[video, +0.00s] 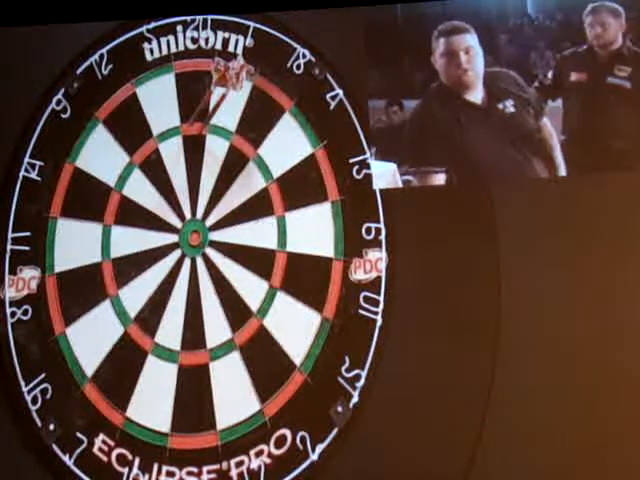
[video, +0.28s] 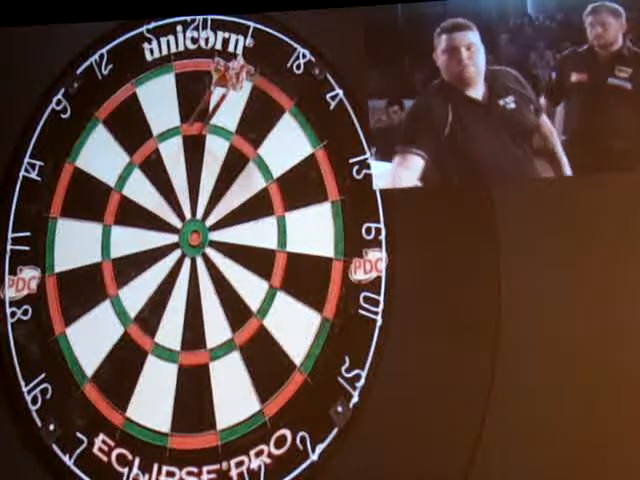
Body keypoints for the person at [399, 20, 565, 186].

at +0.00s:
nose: (462, 62)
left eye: (468, 52)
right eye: (450, 55)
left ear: (481, 54)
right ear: (434, 62)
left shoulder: (506, 82)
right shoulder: (429, 116)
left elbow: (544, 128)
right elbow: (431, 192)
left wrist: (561, 176)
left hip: (543, 198)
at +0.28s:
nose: (463, 57)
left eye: (470, 48)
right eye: (451, 51)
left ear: (483, 51)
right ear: (436, 59)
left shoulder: (507, 81)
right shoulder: (430, 107)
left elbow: (545, 131)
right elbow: (404, 173)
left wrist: (567, 180)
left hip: (530, 203)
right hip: (468, 215)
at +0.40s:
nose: (462, 57)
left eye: (469, 48)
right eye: (451, 51)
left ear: (482, 52)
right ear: (437, 59)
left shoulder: (508, 81)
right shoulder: (433, 103)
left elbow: (545, 130)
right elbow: (408, 147)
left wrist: (569, 177)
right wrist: (384, 160)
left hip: (529, 201)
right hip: (470, 213)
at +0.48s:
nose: (461, 57)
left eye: (468, 48)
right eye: (449, 51)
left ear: (481, 52)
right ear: (435, 60)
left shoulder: (506, 81)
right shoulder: (433, 104)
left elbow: (545, 129)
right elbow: (392, 154)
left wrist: (569, 177)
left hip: (530, 203)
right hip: (472, 215)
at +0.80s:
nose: (457, 58)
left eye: (464, 49)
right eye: (446, 52)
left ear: (477, 52)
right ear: (432, 61)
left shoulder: (503, 81)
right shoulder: (432, 102)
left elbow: (543, 128)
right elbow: (399, 151)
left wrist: (568, 177)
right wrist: (404, 79)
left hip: (530, 200)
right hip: (473, 210)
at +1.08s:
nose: (458, 64)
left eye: (464, 53)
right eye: (446, 57)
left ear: (477, 56)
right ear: (431, 67)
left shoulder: (503, 83)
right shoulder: (435, 107)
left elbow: (542, 130)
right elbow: (402, 161)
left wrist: (568, 177)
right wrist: (416, 90)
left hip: (533, 202)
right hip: (474, 213)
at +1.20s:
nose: (458, 66)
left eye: (465, 55)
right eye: (445, 59)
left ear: (479, 58)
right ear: (431, 68)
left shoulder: (504, 86)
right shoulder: (432, 110)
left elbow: (540, 129)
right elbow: (415, 143)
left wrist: (571, 168)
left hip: (529, 199)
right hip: (471, 210)